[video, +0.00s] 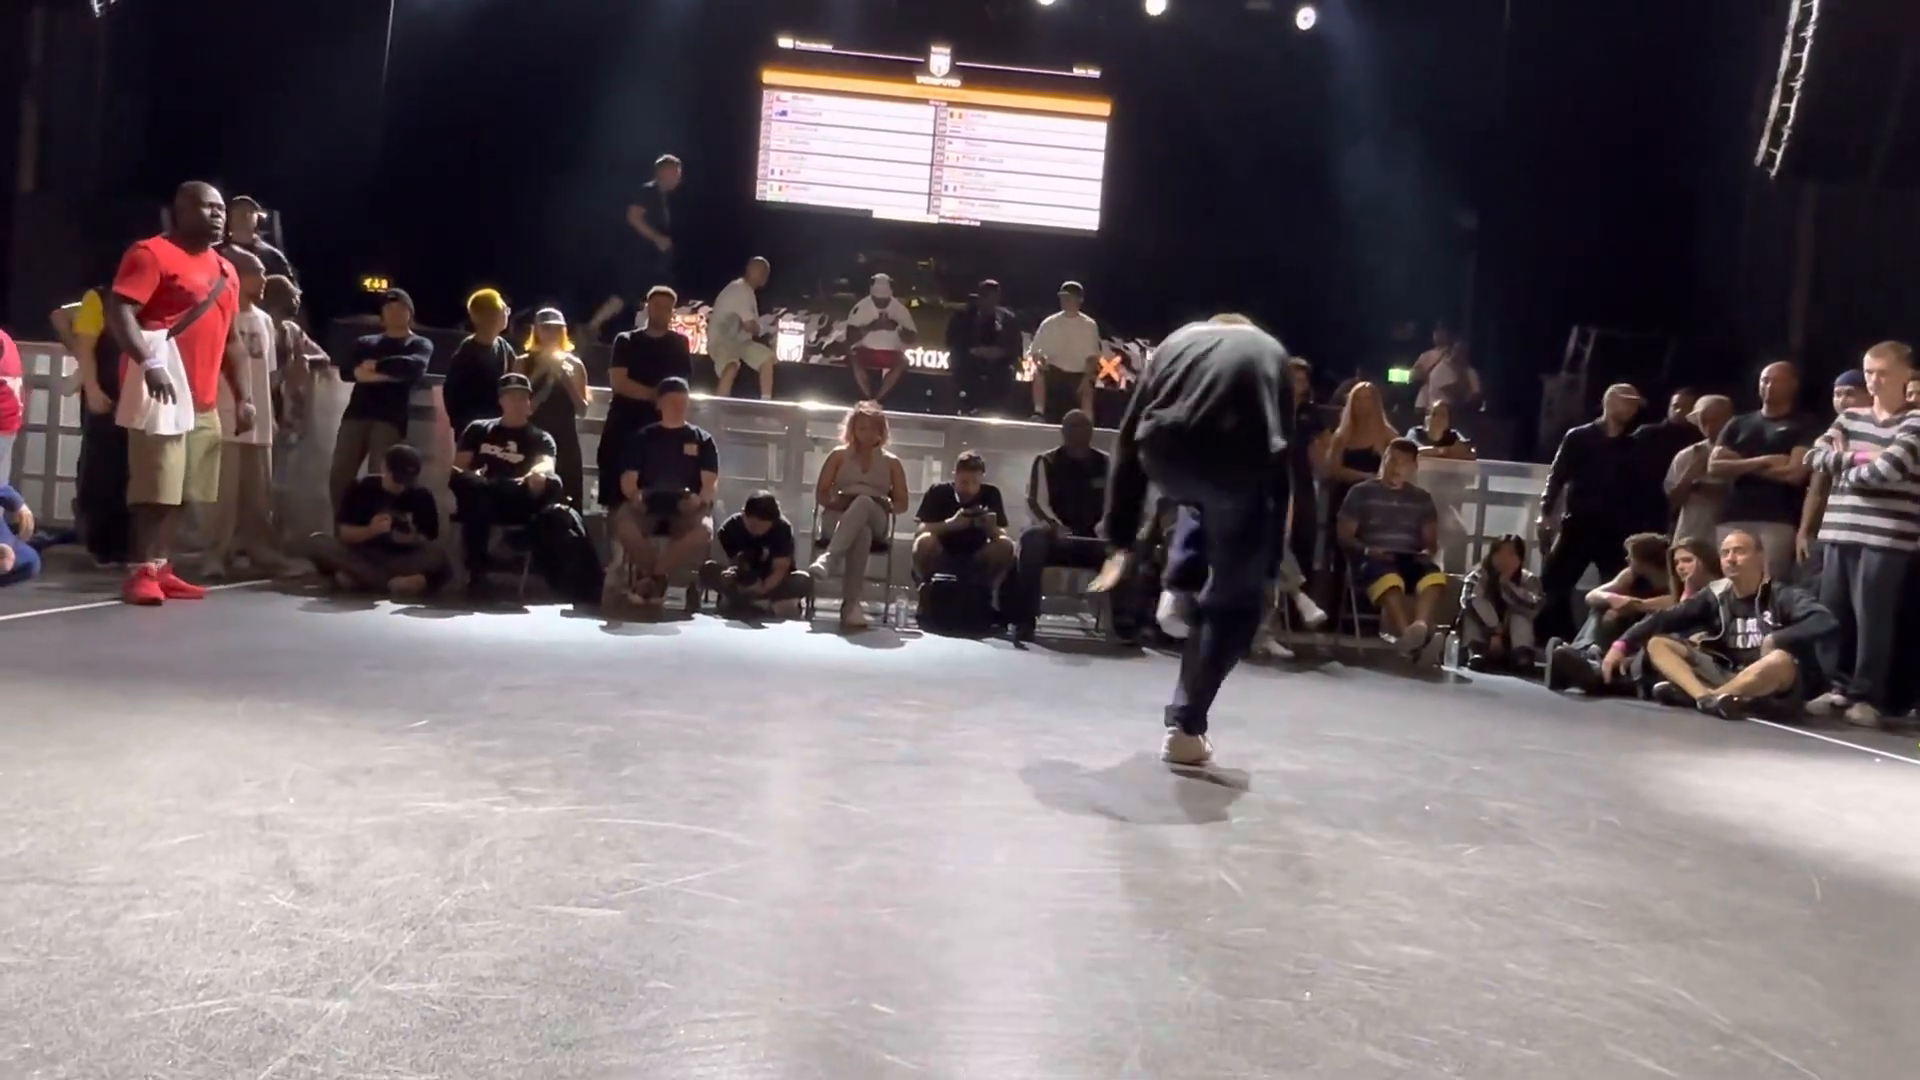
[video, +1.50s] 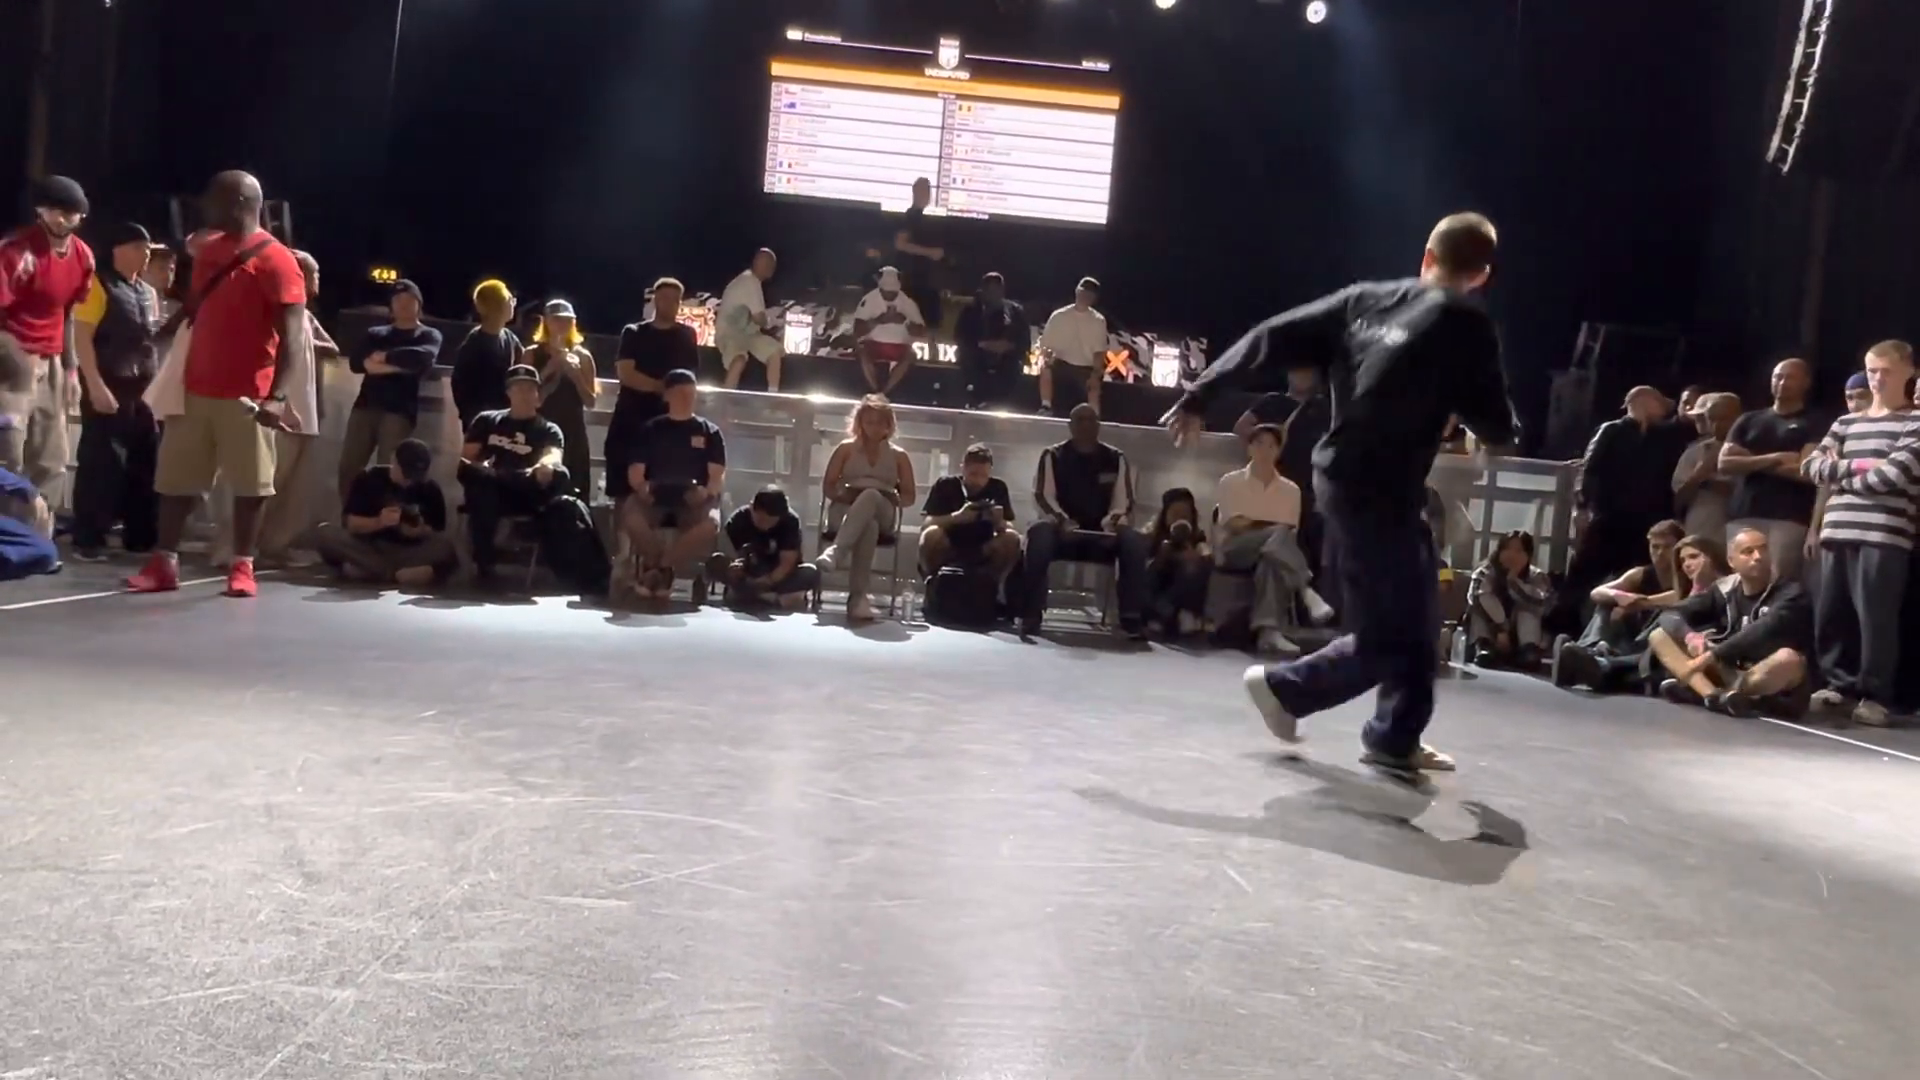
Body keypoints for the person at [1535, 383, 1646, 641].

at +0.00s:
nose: (1633, 407)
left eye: (1635, 402)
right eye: (1627, 400)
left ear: (1636, 408)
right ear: (1609, 404)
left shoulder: (1637, 447)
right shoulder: (1578, 438)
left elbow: (1645, 492)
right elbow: (1556, 478)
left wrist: (1645, 530)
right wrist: (1544, 513)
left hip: (1619, 528)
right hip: (1579, 525)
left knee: (1621, 591)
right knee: (1554, 581)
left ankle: (1617, 650)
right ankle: (1559, 640)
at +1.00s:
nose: (1658, 409)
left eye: (1658, 403)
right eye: (1653, 402)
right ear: (1637, 402)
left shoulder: (1663, 437)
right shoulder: (1604, 434)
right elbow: (1583, 473)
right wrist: (1578, 511)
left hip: (1648, 520)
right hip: (1608, 520)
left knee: (1643, 581)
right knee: (1583, 578)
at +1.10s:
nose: (1661, 409)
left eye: (1661, 403)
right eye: (1656, 402)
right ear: (1639, 402)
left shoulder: (1664, 436)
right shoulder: (1606, 433)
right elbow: (1584, 474)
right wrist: (1579, 510)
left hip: (1649, 522)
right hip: (1609, 521)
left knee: (1645, 584)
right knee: (1583, 578)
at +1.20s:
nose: (1663, 408)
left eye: (1663, 403)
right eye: (1658, 401)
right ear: (1640, 402)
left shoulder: (1666, 436)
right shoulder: (1607, 433)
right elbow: (1585, 474)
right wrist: (1580, 511)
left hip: (1650, 523)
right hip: (1609, 521)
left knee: (1643, 583)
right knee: (1586, 576)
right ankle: (1565, 628)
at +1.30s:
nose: (1664, 407)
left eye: (1663, 402)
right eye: (1659, 400)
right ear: (1640, 403)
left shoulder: (1667, 437)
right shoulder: (1607, 433)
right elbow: (1584, 472)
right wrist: (1579, 510)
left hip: (1649, 523)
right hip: (1608, 521)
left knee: (1642, 583)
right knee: (1583, 578)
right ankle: (1564, 630)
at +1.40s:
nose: (1665, 405)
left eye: (1663, 401)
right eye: (1658, 399)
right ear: (1640, 403)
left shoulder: (1665, 436)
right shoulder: (1609, 431)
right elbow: (1586, 470)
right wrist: (1580, 507)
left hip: (1647, 521)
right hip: (1606, 520)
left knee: (1639, 582)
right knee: (1582, 577)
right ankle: (1563, 629)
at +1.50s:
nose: (1662, 407)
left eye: (1660, 403)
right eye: (1657, 402)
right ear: (1638, 405)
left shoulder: (1661, 435)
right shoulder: (1611, 431)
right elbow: (1591, 468)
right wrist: (1587, 504)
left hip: (1646, 517)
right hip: (1609, 516)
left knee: (1639, 577)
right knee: (1587, 572)